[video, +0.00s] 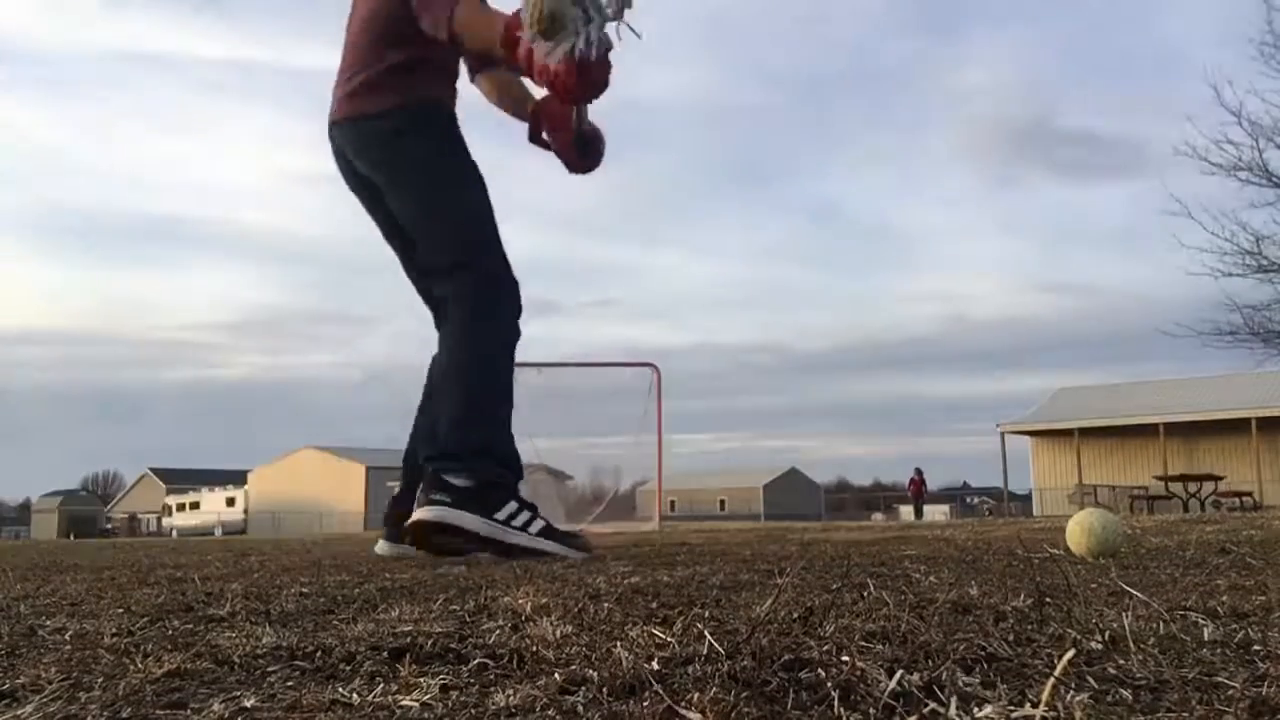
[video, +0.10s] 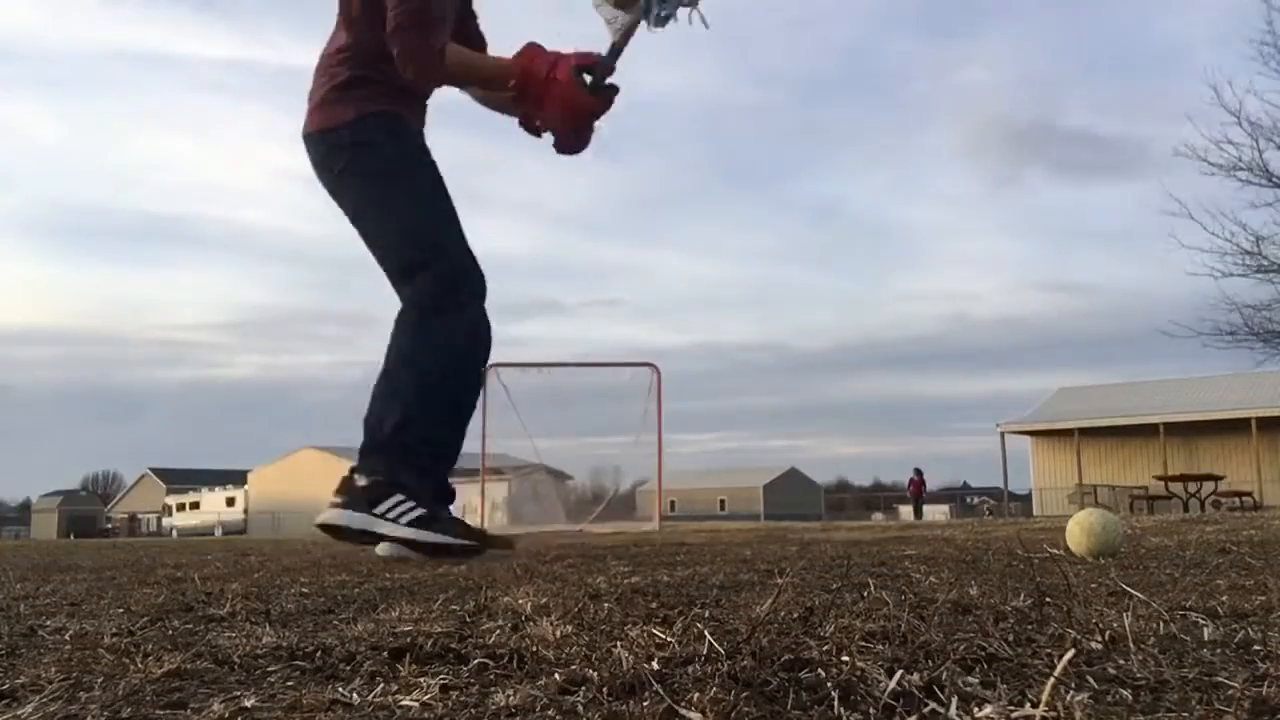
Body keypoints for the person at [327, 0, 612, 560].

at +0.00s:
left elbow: (487, 68)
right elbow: (447, 13)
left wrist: (548, 116)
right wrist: (531, 47)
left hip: (365, 121)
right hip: (403, 114)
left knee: (466, 307)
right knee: (487, 293)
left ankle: (419, 508)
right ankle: (471, 486)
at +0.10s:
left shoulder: (448, 5)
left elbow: (470, 70)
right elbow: (418, 55)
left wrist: (544, 99)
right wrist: (526, 70)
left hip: (384, 126)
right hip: (361, 122)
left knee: (464, 314)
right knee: (446, 287)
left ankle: (420, 506)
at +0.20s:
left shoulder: (425, 7)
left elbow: (441, 88)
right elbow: (422, 74)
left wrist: (526, 113)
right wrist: (526, 81)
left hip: (348, 133)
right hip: (321, 129)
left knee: (427, 303)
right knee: (415, 292)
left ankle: (418, 501)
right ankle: (295, 469)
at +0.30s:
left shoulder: (416, 15)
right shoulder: (372, 3)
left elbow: (427, 132)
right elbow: (389, 76)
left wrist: (473, 115)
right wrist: (511, 76)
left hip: (321, 175)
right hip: (288, 172)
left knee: (407, 332)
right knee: (389, 331)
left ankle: (330, 490)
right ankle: (284, 500)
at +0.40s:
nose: (457, 28)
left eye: (459, 16)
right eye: (458, 12)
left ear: (421, 7)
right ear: (436, 4)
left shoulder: (412, 75)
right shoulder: (344, 25)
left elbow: (414, 189)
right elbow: (321, 85)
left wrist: (435, 172)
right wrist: (438, 89)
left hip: (301, 225)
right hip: (269, 220)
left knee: (362, 366)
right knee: (376, 364)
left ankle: (248, 489)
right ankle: (275, 520)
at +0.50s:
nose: (438, 81)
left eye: (442, 67)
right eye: (439, 63)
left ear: (397, 47)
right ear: (418, 50)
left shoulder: (394, 115)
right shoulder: (325, 69)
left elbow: (391, 219)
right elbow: (293, 134)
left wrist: (409, 186)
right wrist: (386, 129)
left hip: (280, 253)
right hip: (253, 247)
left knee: (300, 383)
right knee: (357, 373)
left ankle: (239, 511)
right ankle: (275, 518)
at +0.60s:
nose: (410, 104)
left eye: (414, 91)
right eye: (408, 89)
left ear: (373, 80)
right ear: (379, 79)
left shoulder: (369, 143)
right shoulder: (309, 111)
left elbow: (391, 224)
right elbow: (305, 207)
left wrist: (425, 213)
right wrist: (382, 196)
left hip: (241, 271)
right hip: (239, 267)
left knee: (283, 390)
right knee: (325, 395)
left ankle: (230, 512)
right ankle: (284, 490)